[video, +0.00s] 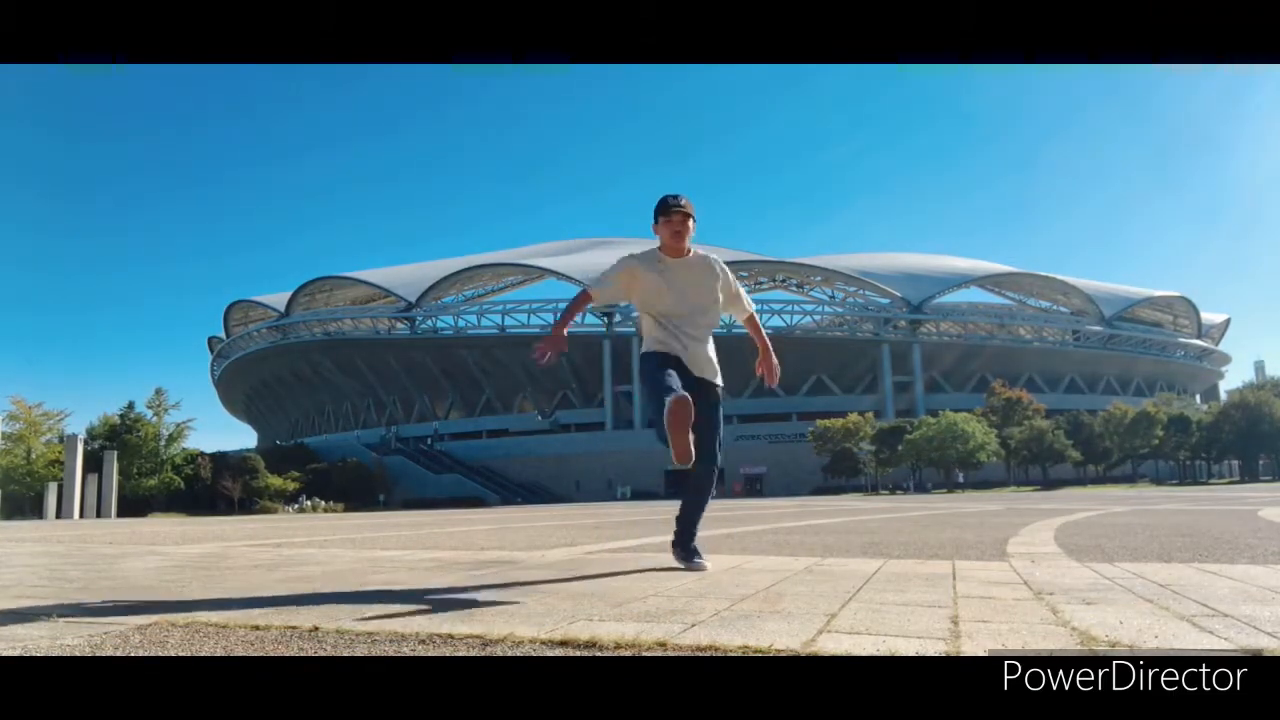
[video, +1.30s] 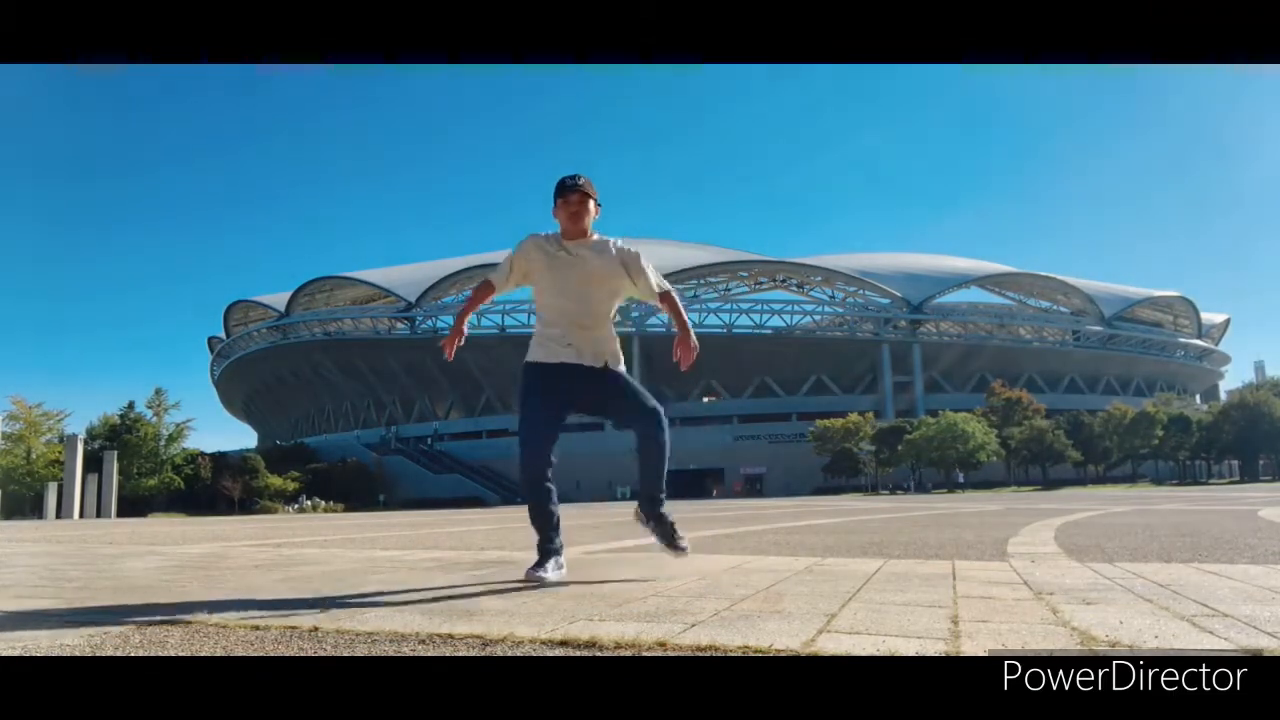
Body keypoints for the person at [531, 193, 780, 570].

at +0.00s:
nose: (678, 226)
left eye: (684, 220)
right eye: (670, 220)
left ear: (694, 225)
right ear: (657, 227)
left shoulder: (714, 270)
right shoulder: (638, 267)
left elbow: (744, 310)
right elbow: (589, 295)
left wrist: (766, 350)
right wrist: (559, 329)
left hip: (703, 363)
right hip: (659, 354)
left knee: (708, 458)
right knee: (667, 388)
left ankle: (685, 541)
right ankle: (679, 440)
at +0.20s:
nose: (672, 207)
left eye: (678, 201)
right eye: (665, 201)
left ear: (688, 207)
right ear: (652, 208)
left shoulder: (705, 252)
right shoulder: (634, 249)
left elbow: (731, 298)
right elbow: (611, 301)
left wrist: (753, 338)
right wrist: (601, 347)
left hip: (686, 357)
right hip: (643, 348)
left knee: (696, 454)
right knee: (635, 389)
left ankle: (695, 543)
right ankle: (632, 429)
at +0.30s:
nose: (665, 205)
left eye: (671, 198)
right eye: (657, 198)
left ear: (681, 204)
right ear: (643, 204)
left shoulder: (699, 251)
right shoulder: (623, 249)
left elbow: (723, 302)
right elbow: (611, 303)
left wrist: (748, 340)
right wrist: (615, 352)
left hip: (682, 359)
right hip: (636, 353)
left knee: (691, 450)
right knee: (626, 428)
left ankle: (692, 532)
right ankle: (612, 467)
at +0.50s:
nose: (641, 232)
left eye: (649, 225)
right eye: (634, 226)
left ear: (662, 230)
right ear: (623, 231)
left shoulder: (682, 271)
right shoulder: (605, 272)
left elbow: (704, 329)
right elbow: (612, 325)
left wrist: (725, 371)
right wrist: (625, 362)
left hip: (680, 391)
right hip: (627, 386)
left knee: (720, 455)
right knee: (567, 443)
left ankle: (681, 540)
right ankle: (593, 531)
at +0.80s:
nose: (616, 233)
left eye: (624, 227)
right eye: (609, 227)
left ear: (639, 230)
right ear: (599, 233)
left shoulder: (661, 277)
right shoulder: (579, 274)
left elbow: (679, 333)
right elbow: (566, 322)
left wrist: (696, 378)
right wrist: (560, 368)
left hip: (652, 401)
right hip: (595, 396)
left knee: (697, 455)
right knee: (528, 442)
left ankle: (651, 534)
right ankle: (567, 526)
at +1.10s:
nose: (593, 202)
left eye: (600, 196)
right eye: (585, 196)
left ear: (611, 204)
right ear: (572, 204)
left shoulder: (633, 251)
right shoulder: (553, 250)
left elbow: (656, 309)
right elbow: (530, 302)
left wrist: (676, 353)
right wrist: (513, 349)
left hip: (625, 371)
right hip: (573, 370)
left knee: (643, 457)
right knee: (548, 455)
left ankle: (667, 543)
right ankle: (550, 540)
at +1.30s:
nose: (574, 207)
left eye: (581, 201)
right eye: (566, 201)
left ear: (595, 209)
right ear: (555, 210)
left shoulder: (619, 254)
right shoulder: (535, 250)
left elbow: (661, 292)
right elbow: (493, 283)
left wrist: (684, 329)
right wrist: (462, 318)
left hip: (601, 370)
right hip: (546, 369)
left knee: (652, 419)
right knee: (533, 460)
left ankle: (652, 509)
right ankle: (550, 554)